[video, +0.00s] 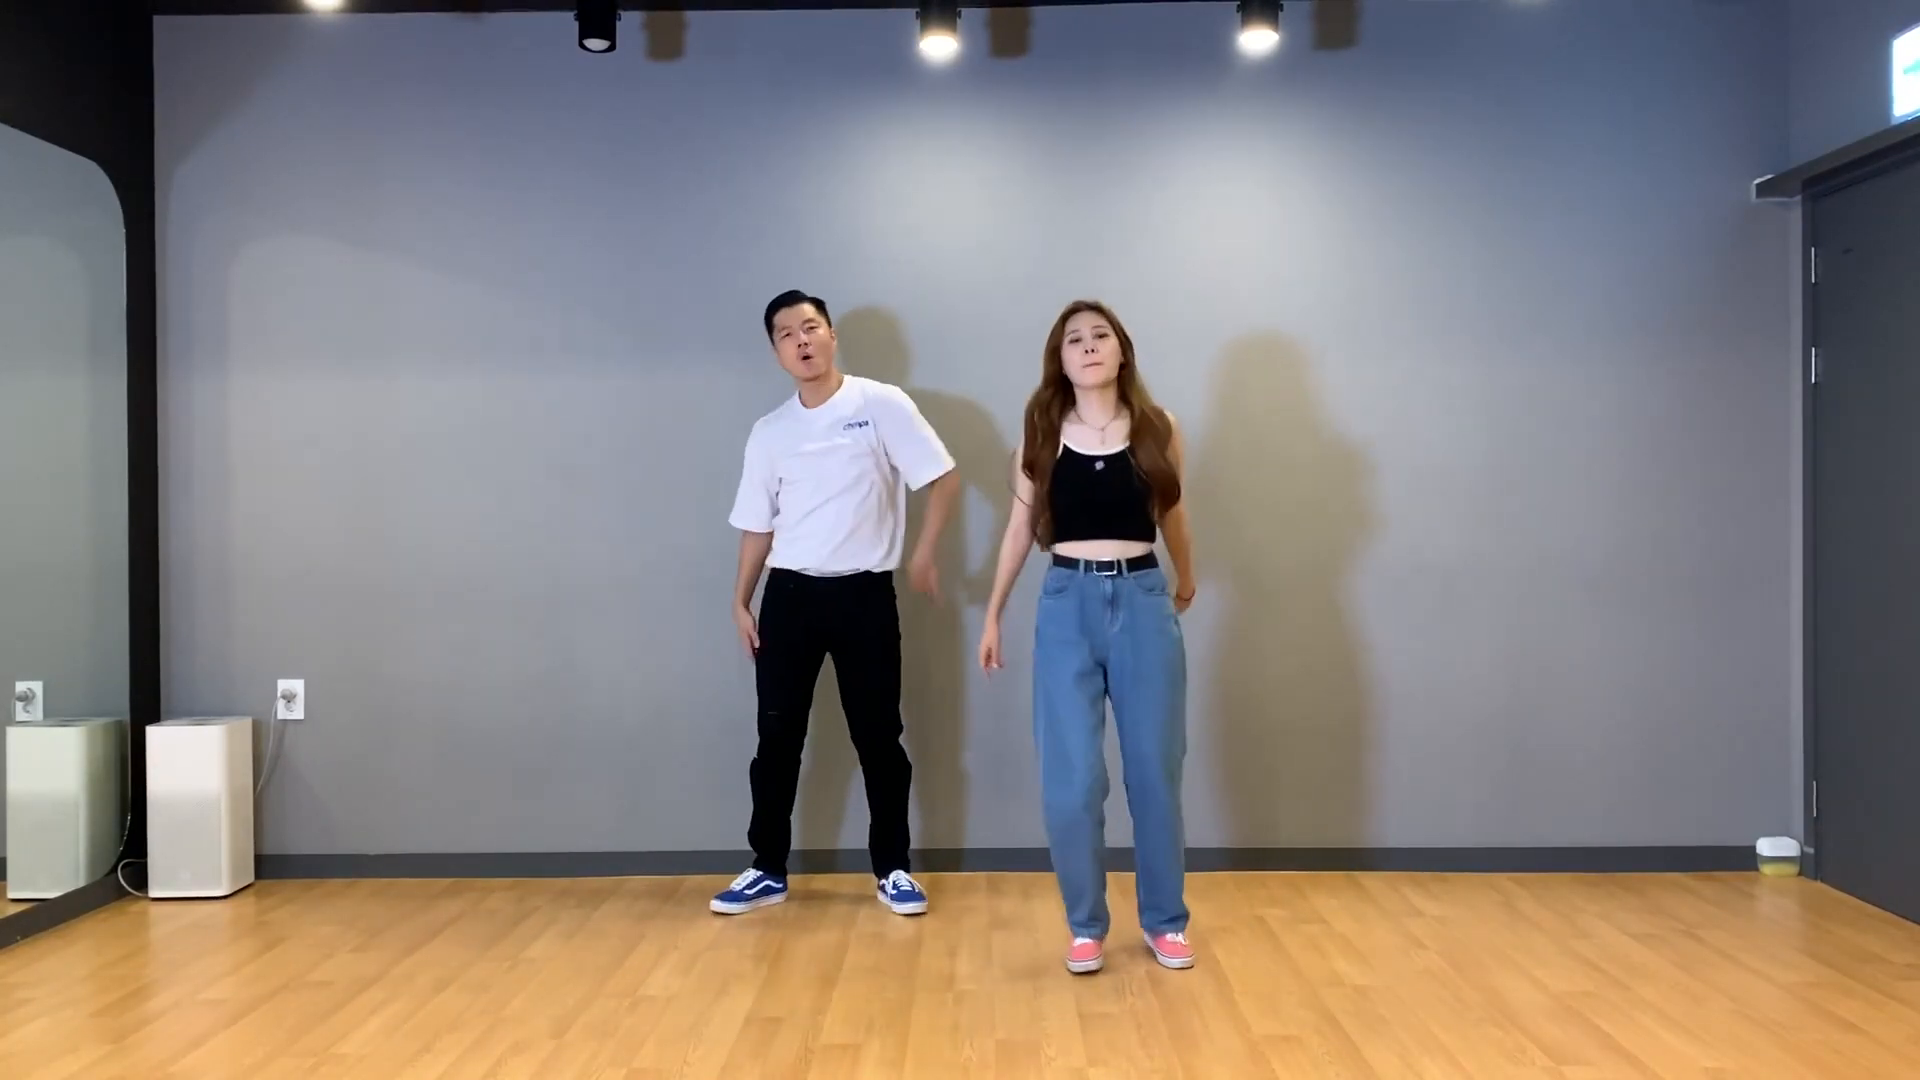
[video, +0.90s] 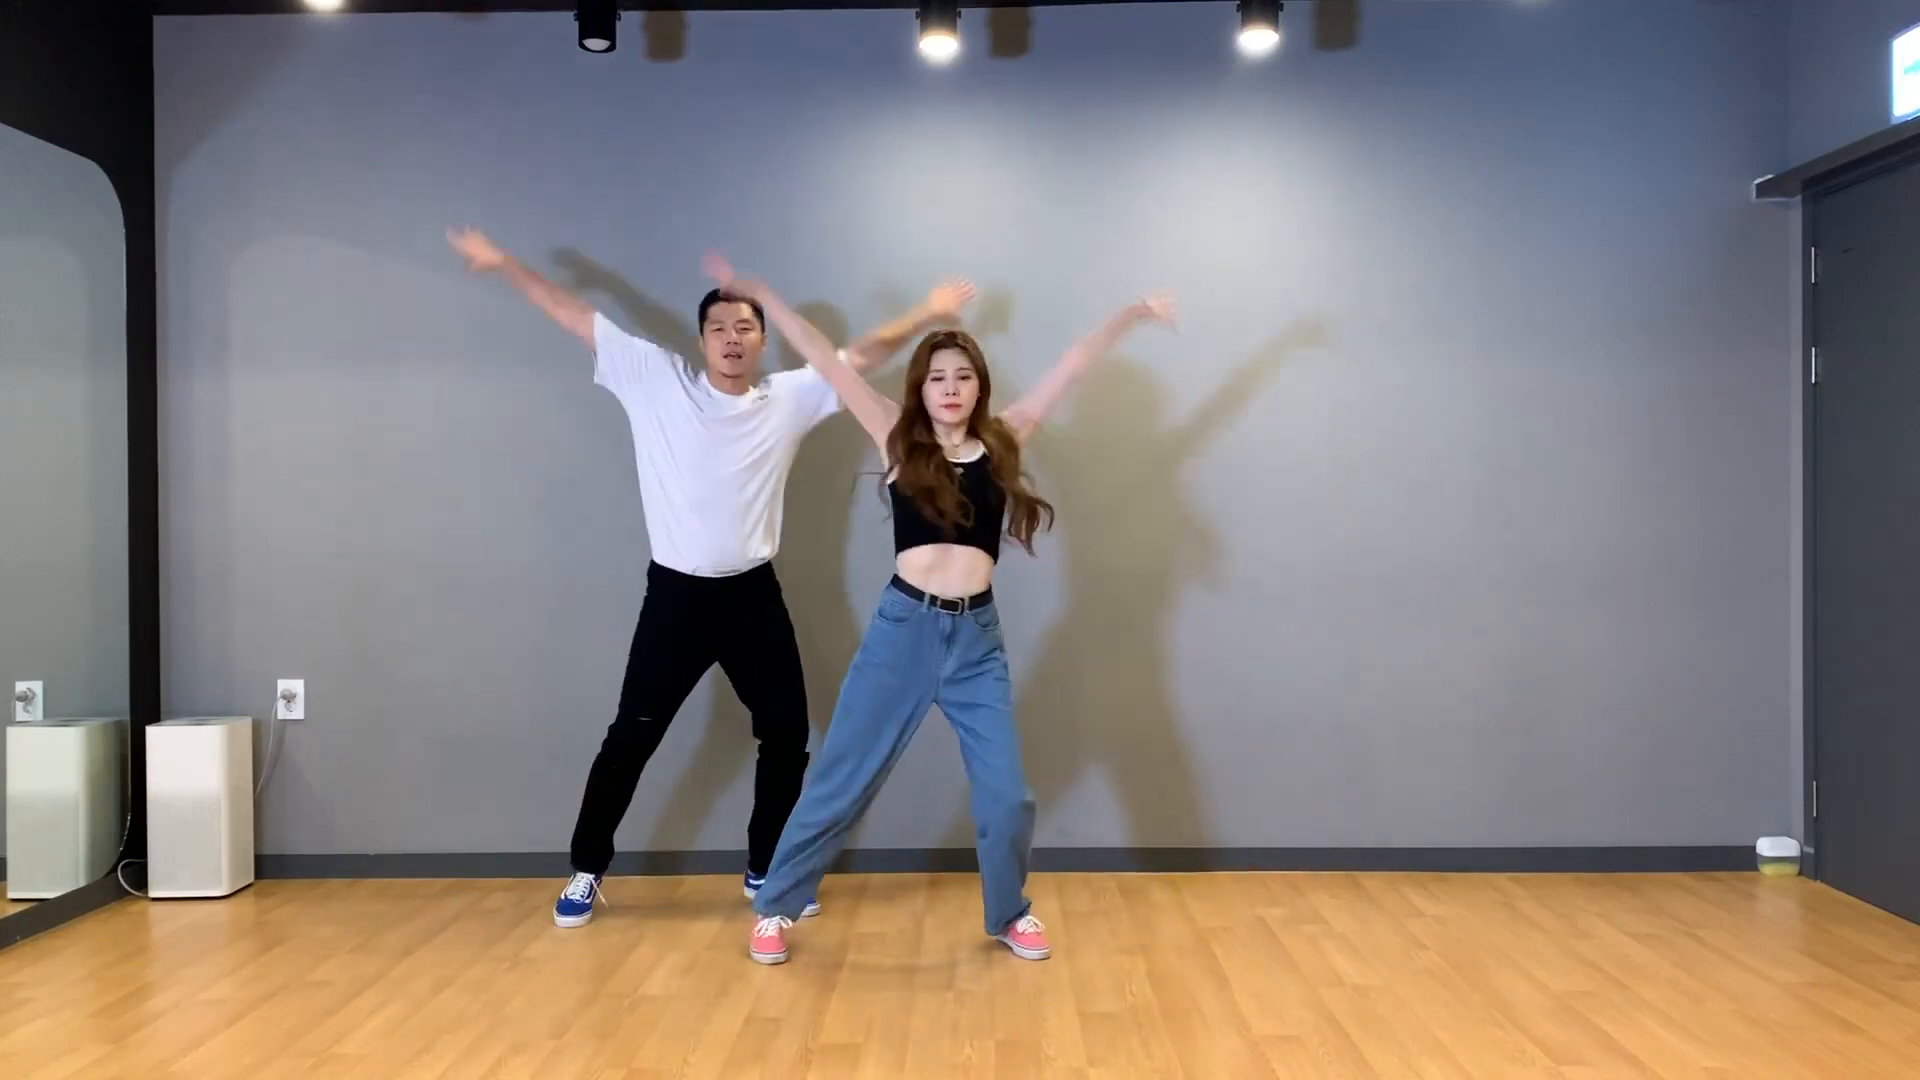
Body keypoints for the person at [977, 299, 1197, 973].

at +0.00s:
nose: (1088, 348)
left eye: (1099, 336)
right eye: (1074, 341)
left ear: (1122, 350)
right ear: (1059, 359)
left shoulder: (1156, 428)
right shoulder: (1042, 434)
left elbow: (1172, 512)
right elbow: (1019, 528)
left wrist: (1186, 578)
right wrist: (993, 613)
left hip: (1145, 604)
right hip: (1065, 606)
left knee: (1154, 770)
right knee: (1072, 777)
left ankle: (1165, 921)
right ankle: (1085, 924)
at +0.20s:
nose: (1067, 362)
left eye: (1078, 352)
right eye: (1053, 355)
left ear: (1100, 368)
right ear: (1035, 374)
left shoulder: (1127, 447)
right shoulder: (1012, 454)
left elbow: (1189, 527)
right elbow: (969, 538)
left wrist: (1241, 581)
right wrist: (928, 612)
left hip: (1109, 622)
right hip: (1033, 625)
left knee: (1134, 781)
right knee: (1067, 788)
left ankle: (1159, 923)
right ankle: (1092, 944)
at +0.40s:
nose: (1040, 386)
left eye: (1052, 376)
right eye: (1027, 376)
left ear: (1072, 387)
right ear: (1010, 388)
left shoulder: (1092, 458)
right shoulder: (985, 448)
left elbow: (1120, 546)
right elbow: (989, 526)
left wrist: (1088, 512)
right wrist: (1045, 466)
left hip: (1057, 630)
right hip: (986, 625)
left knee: (1064, 800)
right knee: (1007, 776)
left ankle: (1013, 895)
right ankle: (1058, 926)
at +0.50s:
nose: (1022, 395)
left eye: (1034, 385)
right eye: (1010, 387)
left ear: (1055, 397)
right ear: (993, 401)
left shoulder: (1076, 475)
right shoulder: (975, 464)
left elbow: (1061, 570)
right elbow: (998, 556)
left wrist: (1035, 501)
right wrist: (1046, 490)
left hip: (1029, 646)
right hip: (959, 639)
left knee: (1043, 801)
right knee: (942, 774)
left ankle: (1002, 910)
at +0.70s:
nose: (979, 385)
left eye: (989, 376)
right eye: (965, 379)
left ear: (1009, 391)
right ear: (947, 398)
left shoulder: (1034, 469)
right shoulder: (925, 461)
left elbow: (1101, 523)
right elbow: (841, 510)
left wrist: (1155, 561)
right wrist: (780, 528)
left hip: (989, 650)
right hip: (922, 640)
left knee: (1017, 798)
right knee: (845, 779)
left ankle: (1008, 916)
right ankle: (772, 905)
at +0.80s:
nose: (962, 386)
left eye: (973, 375)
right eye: (949, 377)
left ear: (992, 388)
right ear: (930, 391)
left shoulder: (1018, 447)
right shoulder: (907, 440)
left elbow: (1098, 436)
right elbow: (819, 415)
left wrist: (1162, 420)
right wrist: (736, 387)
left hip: (983, 643)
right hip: (912, 634)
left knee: (1009, 798)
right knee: (841, 778)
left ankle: (1006, 916)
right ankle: (771, 907)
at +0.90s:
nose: (951, 387)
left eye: (963, 376)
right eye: (938, 376)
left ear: (980, 386)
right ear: (918, 388)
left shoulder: (1001, 441)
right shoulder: (897, 439)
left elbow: (1069, 372)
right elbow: (827, 361)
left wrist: (1126, 319)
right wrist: (759, 294)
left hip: (976, 637)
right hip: (902, 631)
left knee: (1007, 795)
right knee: (842, 776)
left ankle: (1010, 914)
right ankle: (775, 909)